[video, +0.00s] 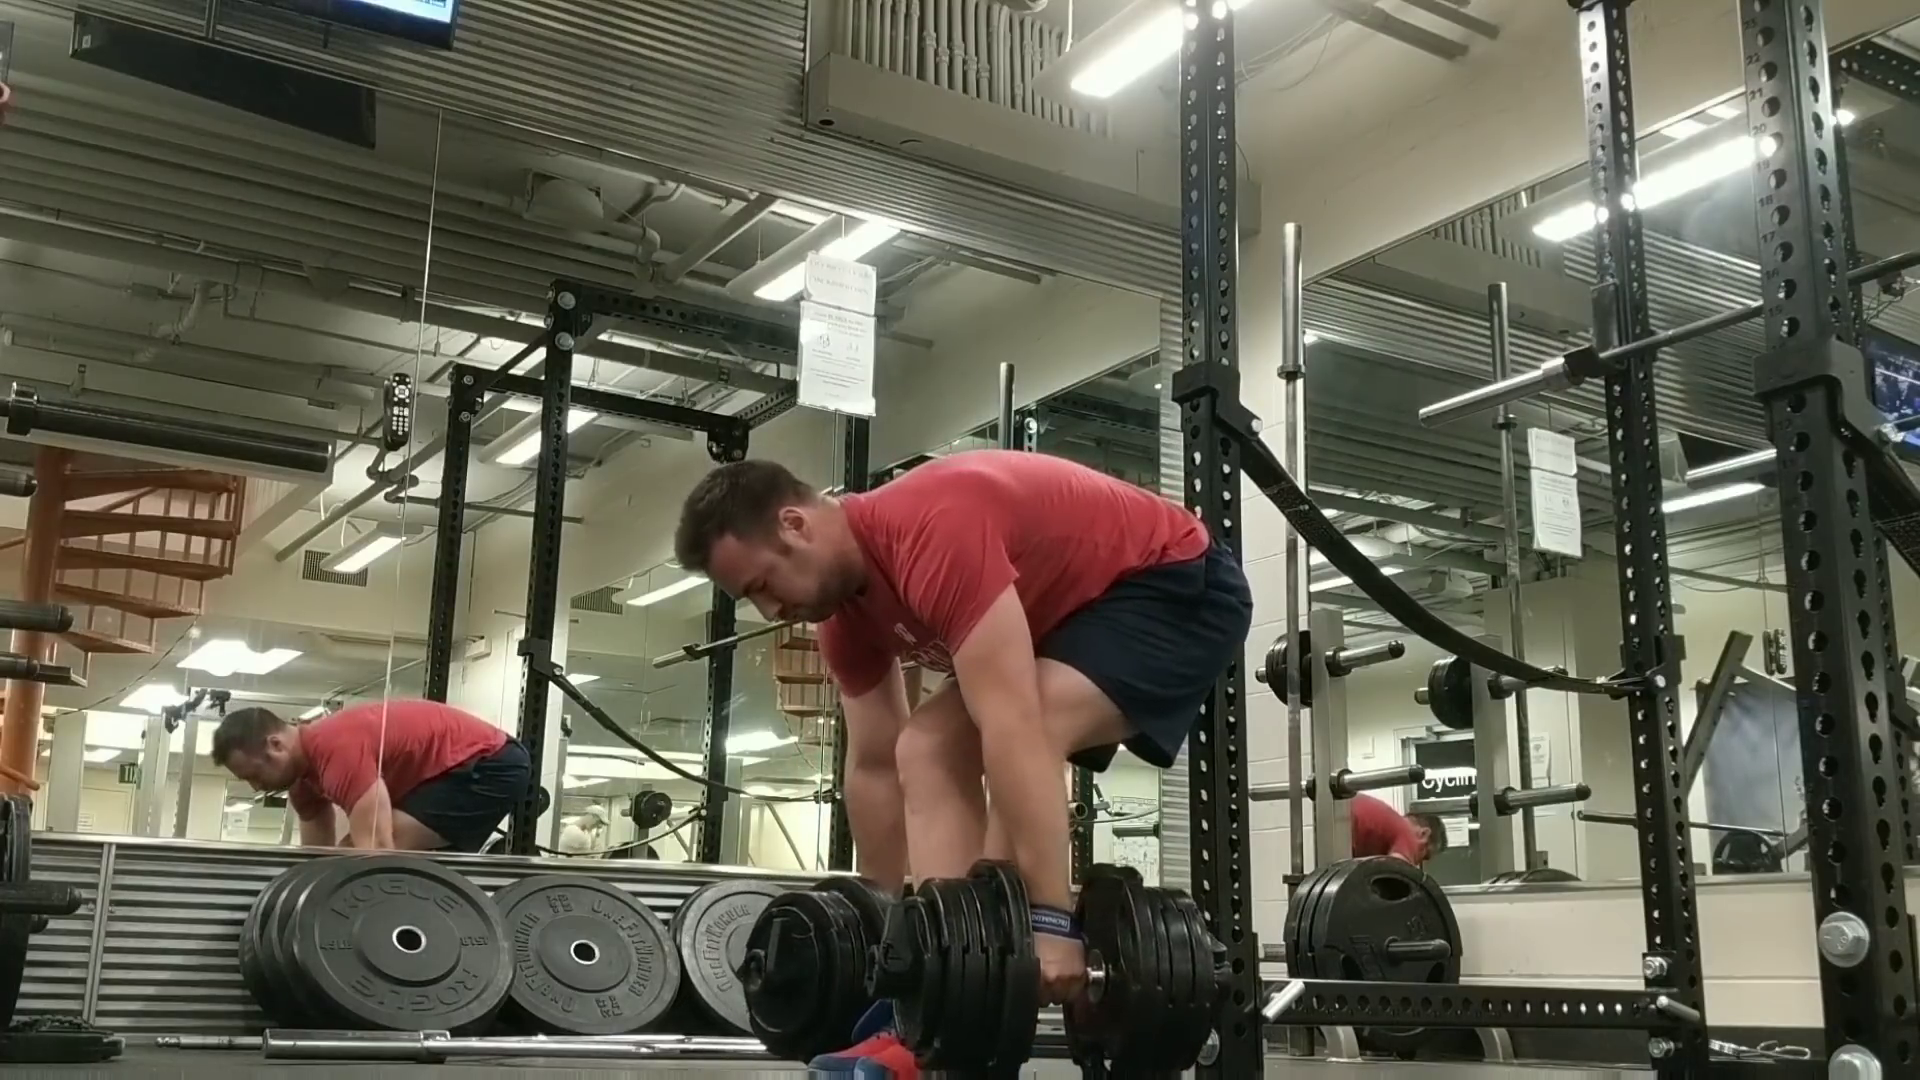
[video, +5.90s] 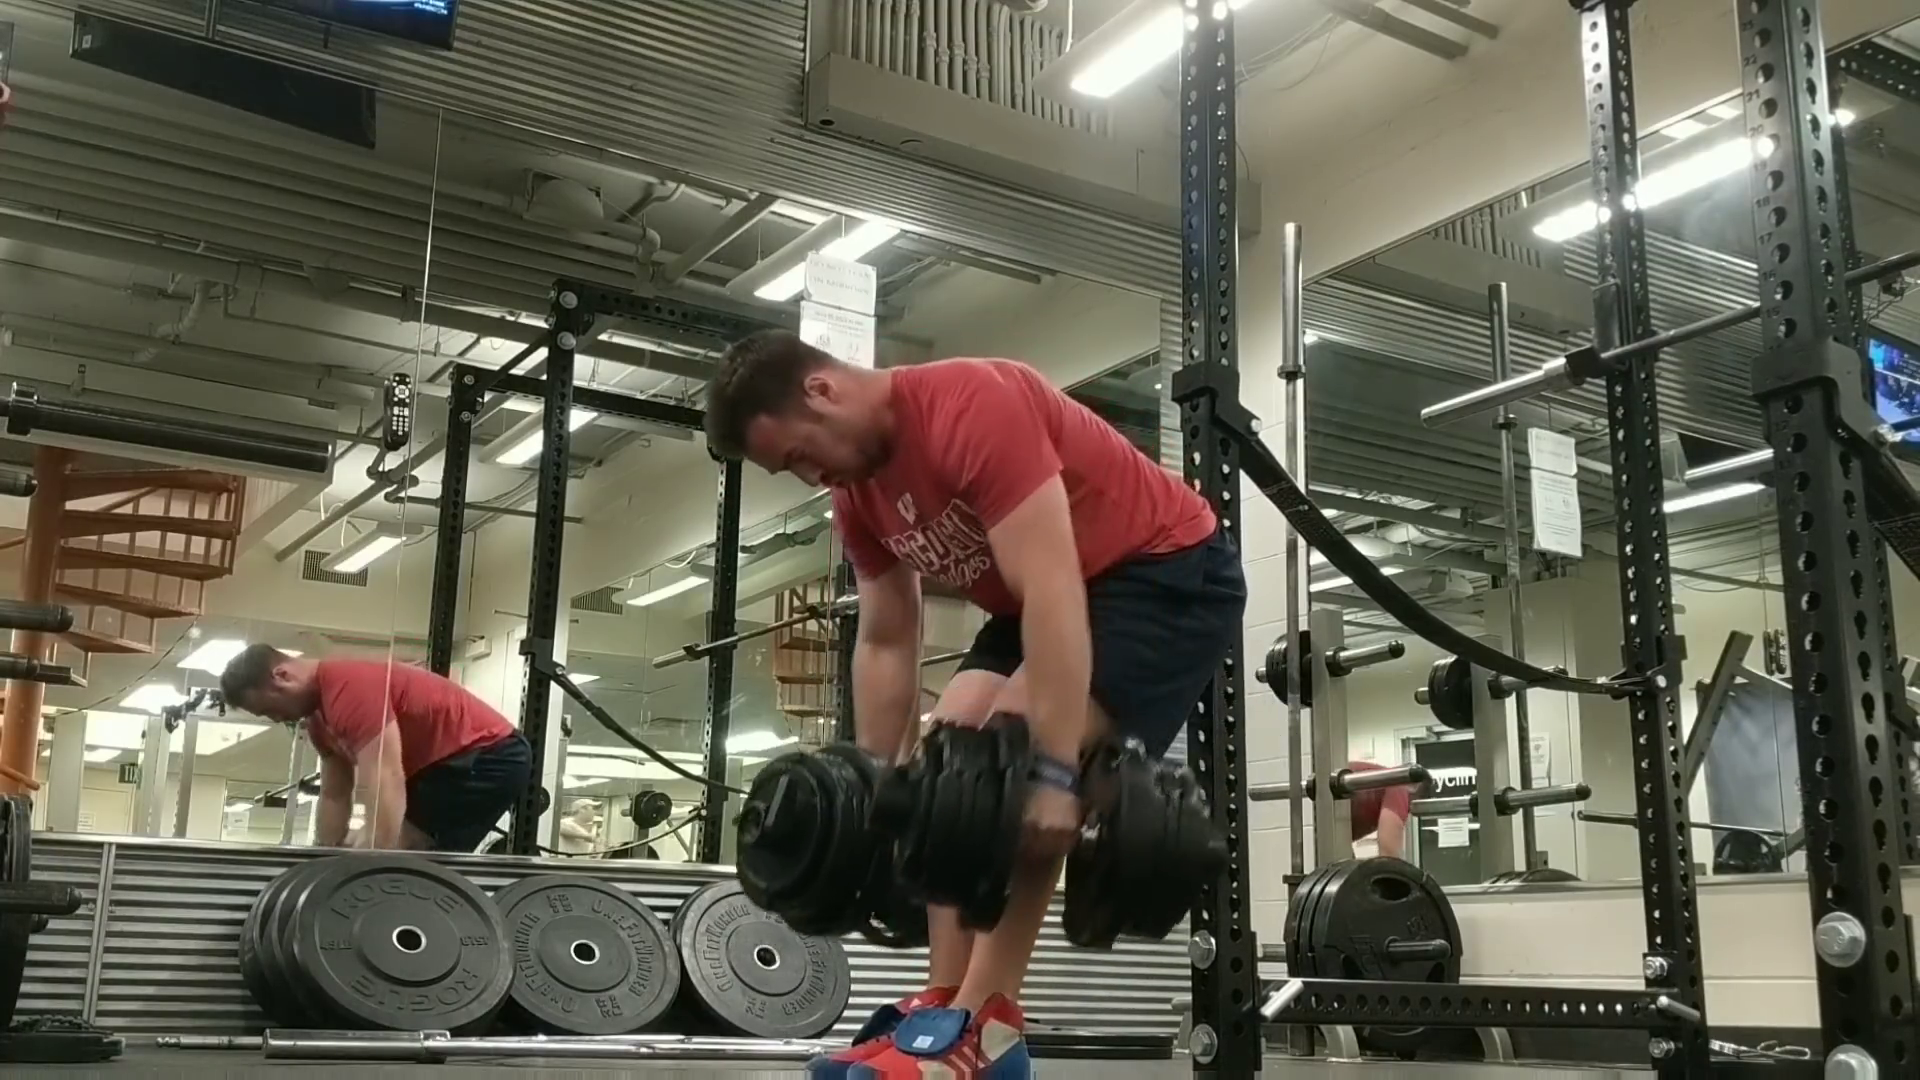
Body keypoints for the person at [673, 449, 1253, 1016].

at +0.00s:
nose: (768, 611)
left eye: (762, 586)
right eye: (751, 600)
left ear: (797, 523)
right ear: (798, 529)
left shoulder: (938, 528)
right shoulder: (845, 606)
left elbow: (1018, 729)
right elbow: (875, 764)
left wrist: (1052, 922)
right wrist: (880, 935)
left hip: (1177, 585)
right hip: (1075, 611)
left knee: (1022, 739)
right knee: (926, 746)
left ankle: (978, 1019)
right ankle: (915, 1007)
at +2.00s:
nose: (760, 575)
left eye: (755, 548)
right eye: (743, 563)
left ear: (791, 485)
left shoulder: (943, 512)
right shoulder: (837, 601)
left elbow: (992, 711)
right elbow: (859, 752)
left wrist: (1001, 912)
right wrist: (851, 922)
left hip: (1169, 582)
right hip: (1060, 615)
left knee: (1015, 729)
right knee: (928, 738)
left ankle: (995, 1024)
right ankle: (930, 1018)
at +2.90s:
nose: (773, 510)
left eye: (767, 484)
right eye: (756, 499)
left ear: (804, 423)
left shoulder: (952, 456)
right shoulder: (846, 538)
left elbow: (1043, 624)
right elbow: (883, 684)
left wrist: (1040, 808)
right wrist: (876, 844)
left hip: (1166, 578)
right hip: (1054, 603)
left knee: (1009, 732)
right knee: (942, 733)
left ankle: (993, 1020)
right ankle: (943, 1003)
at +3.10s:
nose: (796, 478)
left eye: (788, 455)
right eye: (778, 471)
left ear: (816, 391)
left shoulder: (967, 412)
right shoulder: (857, 509)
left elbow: (1094, 548)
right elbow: (906, 631)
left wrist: (1088, 721)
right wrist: (896, 769)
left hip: (1163, 572)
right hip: (1040, 604)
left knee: (1020, 764)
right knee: (948, 757)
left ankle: (988, 1020)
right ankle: (941, 1004)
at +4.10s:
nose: (794, 482)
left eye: (785, 459)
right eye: (775, 475)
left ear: (812, 394)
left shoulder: (965, 420)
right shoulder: (853, 512)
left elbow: (1026, 602)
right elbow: (874, 665)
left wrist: (1029, 786)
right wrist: (864, 821)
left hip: (1164, 574)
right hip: (1053, 603)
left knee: (1018, 741)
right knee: (930, 747)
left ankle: (991, 1018)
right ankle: (942, 1000)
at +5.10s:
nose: (819, 453)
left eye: (810, 432)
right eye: (800, 447)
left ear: (834, 366)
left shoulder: (985, 382)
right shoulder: (865, 475)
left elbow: (1107, 524)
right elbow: (915, 595)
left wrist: (1097, 691)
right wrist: (904, 735)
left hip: (1159, 563)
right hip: (1038, 594)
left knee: (1026, 752)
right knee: (956, 746)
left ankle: (991, 1014)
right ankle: (942, 1000)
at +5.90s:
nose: (808, 477)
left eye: (798, 457)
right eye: (790, 471)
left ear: (823, 390)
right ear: (823, 393)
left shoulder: (976, 407)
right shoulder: (857, 493)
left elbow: (1051, 590)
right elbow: (885, 641)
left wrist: (1055, 774)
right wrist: (872, 794)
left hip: (1163, 570)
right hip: (1043, 596)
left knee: (1028, 743)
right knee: (947, 746)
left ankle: (989, 1018)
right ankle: (944, 999)